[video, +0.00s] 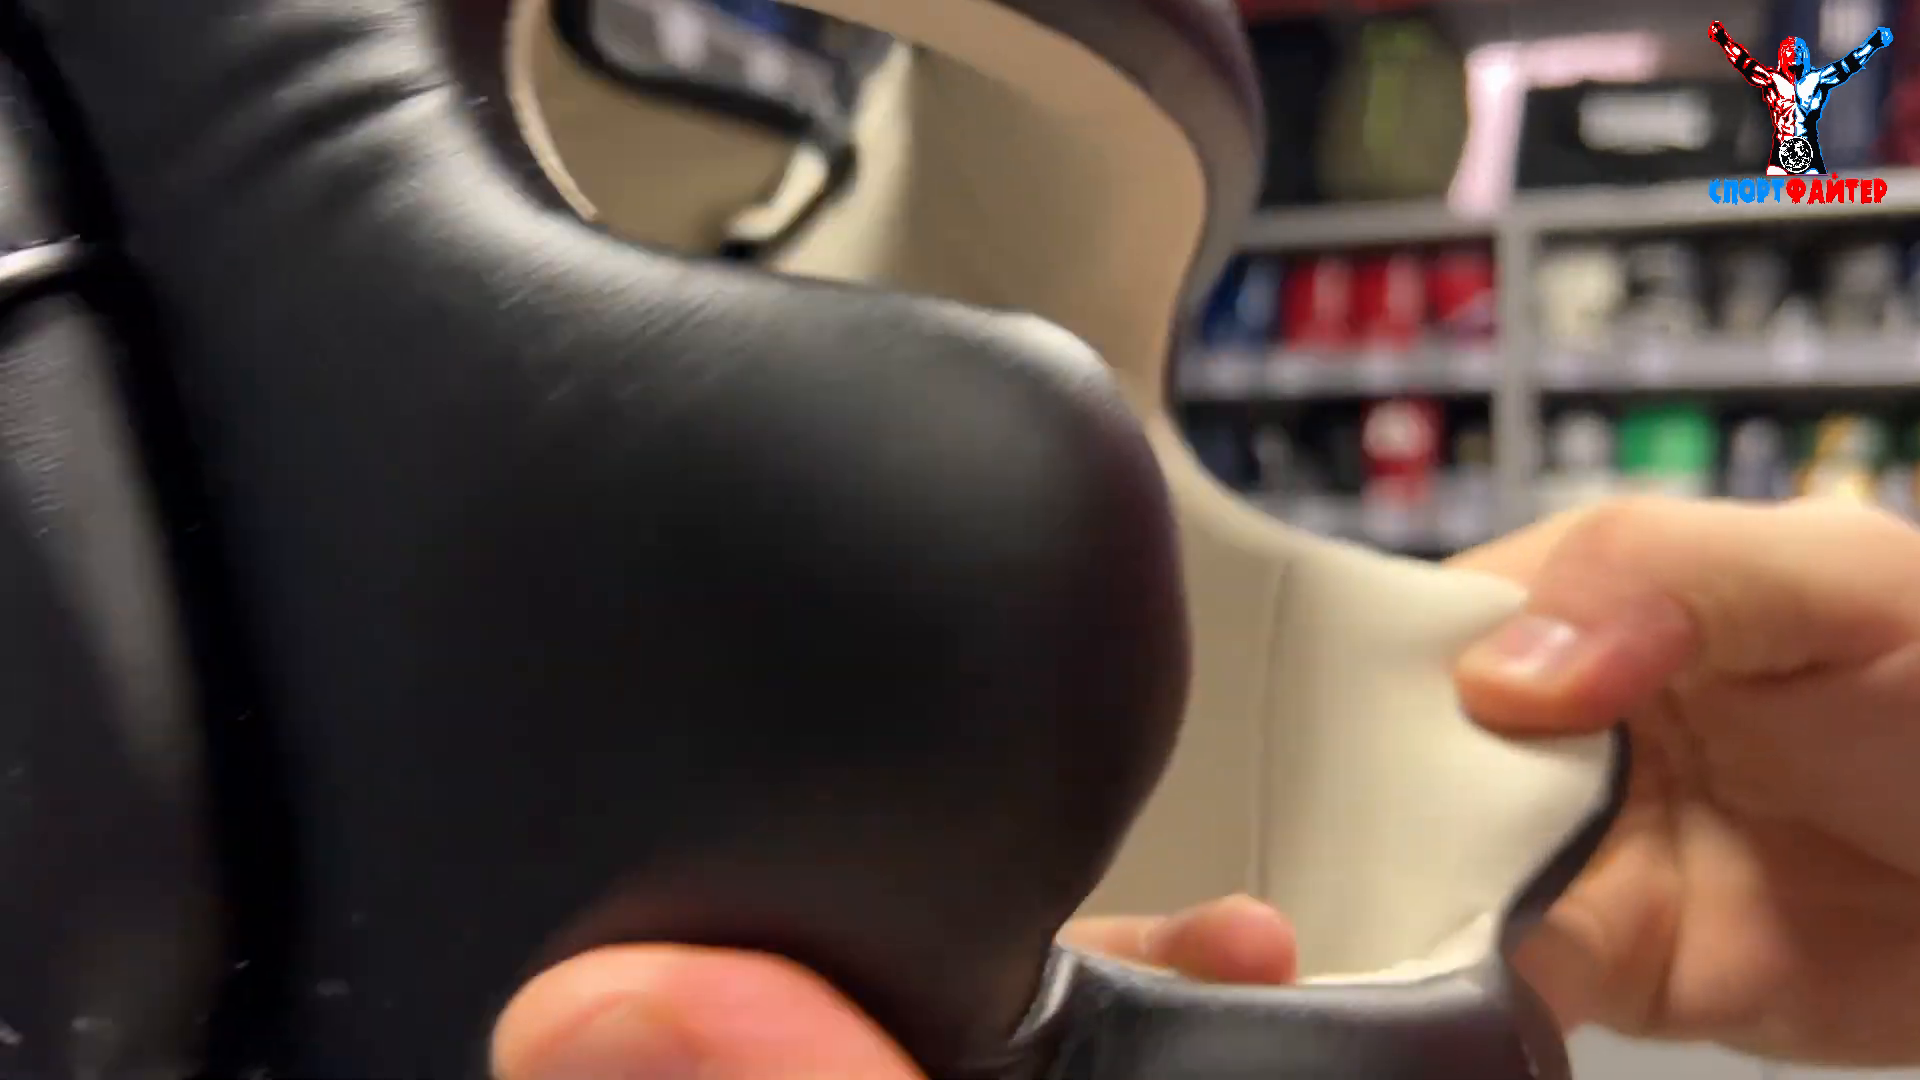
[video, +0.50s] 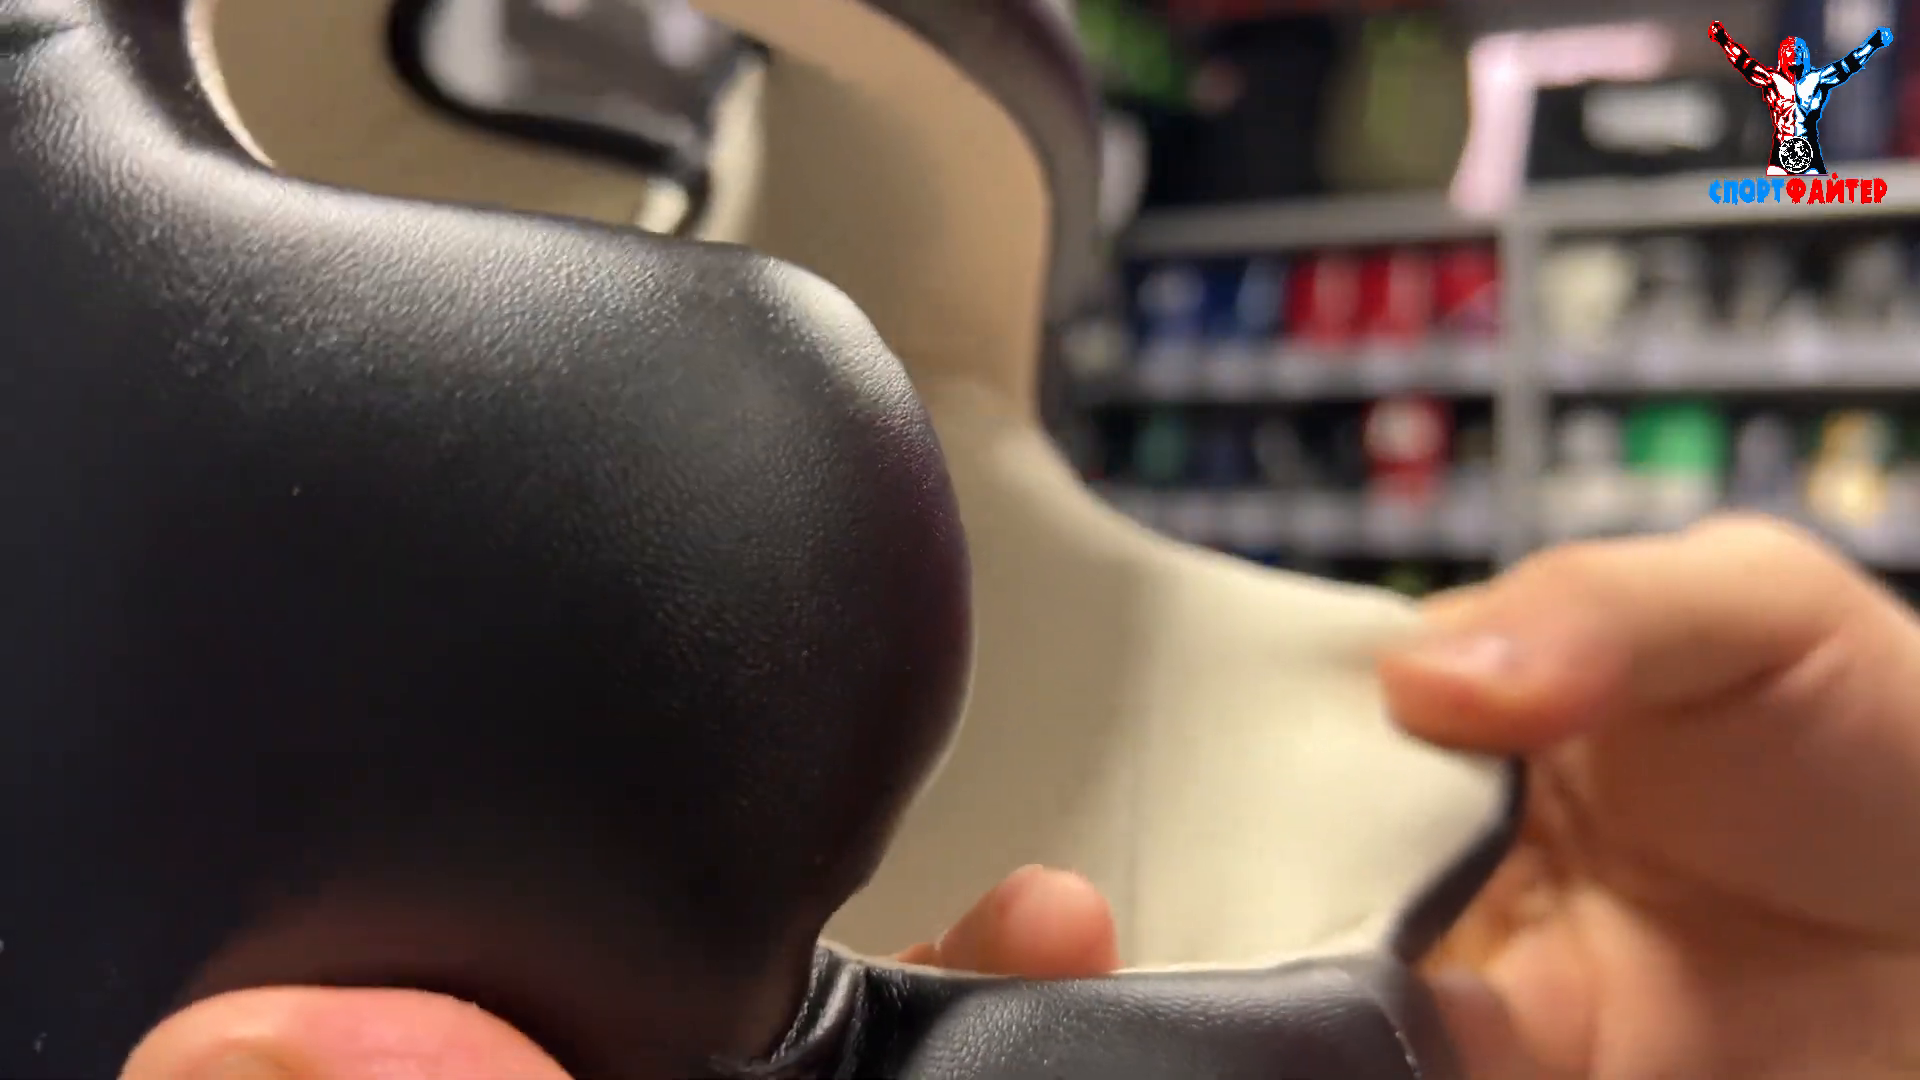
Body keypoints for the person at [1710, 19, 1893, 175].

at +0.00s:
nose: (1792, 60)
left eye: (1796, 55)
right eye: (1787, 55)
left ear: (1805, 57)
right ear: (1780, 58)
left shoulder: (1818, 78)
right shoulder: (1771, 79)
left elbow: (1848, 64)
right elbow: (1745, 63)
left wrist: (1873, 43)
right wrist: (1723, 39)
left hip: (1810, 152)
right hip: (1780, 152)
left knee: (1818, 201)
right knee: (1773, 201)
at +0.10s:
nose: (1792, 60)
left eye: (1796, 54)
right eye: (1787, 55)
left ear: (1805, 56)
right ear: (1780, 58)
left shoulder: (1818, 78)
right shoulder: (1771, 79)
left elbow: (1848, 64)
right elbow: (1745, 63)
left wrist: (1873, 43)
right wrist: (1723, 39)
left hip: (1810, 152)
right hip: (1779, 152)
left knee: (1818, 201)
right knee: (1773, 200)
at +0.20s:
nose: (1792, 60)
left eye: (1797, 54)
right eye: (1788, 55)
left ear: (1806, 57)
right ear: (1780, 58)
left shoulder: (1818, 78)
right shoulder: (1771, 80)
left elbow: (1848, 64)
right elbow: (1745, 63)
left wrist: (1873, 44)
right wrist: (1724, 40)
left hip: (1810, 153)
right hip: (1779, 153)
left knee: (1817, 202)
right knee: (1775, 202)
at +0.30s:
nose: (1792, 57)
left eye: (1797, 52)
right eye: (1787, 52)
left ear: (1806, 56)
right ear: (1779, 57)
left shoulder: (1818, 78)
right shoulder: (1771, 80)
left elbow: (1848, 64)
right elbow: (1745, 63)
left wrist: (1873, 43)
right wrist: (1723, 40)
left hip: (1810, 152)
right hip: (1779, 152)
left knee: (1818, 201)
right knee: (1775, 201)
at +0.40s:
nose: (1792, 57)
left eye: (1797, 52)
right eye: (1787, 52)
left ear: (1806, 56)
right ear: (1779, 57)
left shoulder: (1818, 78)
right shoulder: (1771, 80)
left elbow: (1848, 64)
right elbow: (1745, 63)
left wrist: (1873, 43)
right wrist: (1723, 40)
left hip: (1810, 152)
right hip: (1779, 152)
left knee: (1819, 200)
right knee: (1775, 201)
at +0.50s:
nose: (1792, 62)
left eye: (1796, 56)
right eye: (1787, 56)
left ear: (1805, 57)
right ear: (1780, 58)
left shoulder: (1818, 78)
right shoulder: (1771, 80)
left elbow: (1848, 64)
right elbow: (1745, 63)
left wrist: (1873, 43)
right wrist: (1723, 39)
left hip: (1810, 153)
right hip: (1779, 153)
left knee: (1817, 202)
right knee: (1776, 201)